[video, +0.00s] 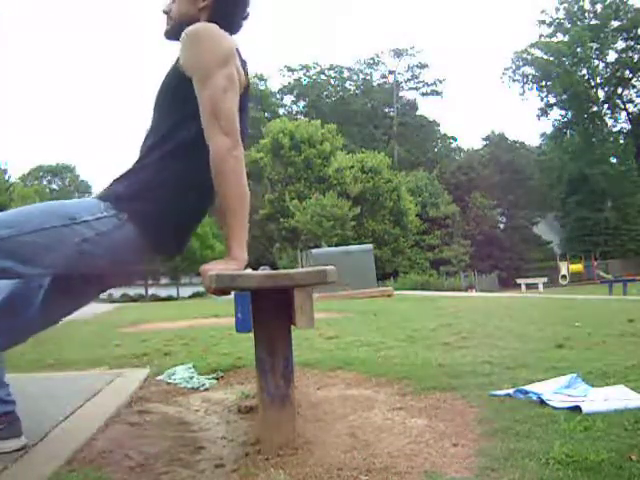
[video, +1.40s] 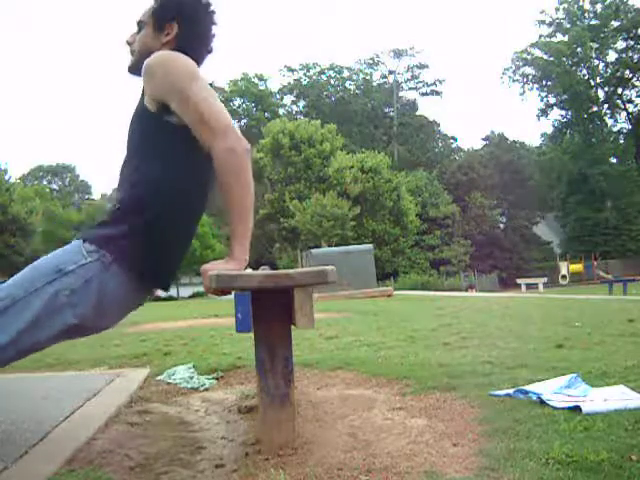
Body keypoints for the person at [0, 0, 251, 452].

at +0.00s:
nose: (168, 5)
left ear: (204, 4)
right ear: (211, 9)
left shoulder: (205, 36)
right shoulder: (224, 57)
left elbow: (226, 144)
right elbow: (221, 151)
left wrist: (237, 255)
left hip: (123, 219)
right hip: (144, 238)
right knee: (15, 315)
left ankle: (2, 415)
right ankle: (1, 418)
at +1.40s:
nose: (130, 38)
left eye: (141, 27)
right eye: (136, 27)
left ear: (168, 32)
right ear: (169, 35)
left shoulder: (166, 66)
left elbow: (231, 146)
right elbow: (238, 147)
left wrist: (238, 256)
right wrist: (239, 254)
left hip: (107, 263)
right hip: (123, 272)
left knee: (0, 331)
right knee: (3, 336)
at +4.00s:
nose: (73, 45)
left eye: (83, 33)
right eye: (78, 34)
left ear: (109, 40)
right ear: (110, 41)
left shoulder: (123, 76)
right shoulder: (135, 82)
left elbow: (201, 150)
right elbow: (209, 152)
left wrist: (234, 253)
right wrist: (233, 247)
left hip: (112, 265)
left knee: (4, 316)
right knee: (6, 321)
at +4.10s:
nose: (76, 18)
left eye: (86, 6)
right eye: (81, 7)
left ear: (112, 10)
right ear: (111, 12)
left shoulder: (129, 53)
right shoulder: (155, 63)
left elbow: (177, 158)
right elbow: (181, 160)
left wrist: (226, 253)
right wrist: (227, 254)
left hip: (101, 237)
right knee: (4, 315)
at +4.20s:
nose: (77, 16)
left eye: (86, 5)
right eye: (81, 6)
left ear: (112, 9)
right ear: (111, 11)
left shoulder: (126, 53)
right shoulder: (153, 64)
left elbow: (178, 153)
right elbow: (181, 156)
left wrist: (226, 252)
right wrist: (227, 252)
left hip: (99, 235)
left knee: (2, 308)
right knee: (4, 316)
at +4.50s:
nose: (62, 121)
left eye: (70, 108)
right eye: (65, 108)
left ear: (98, 110)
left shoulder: (114, 137)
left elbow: (220, 154)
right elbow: (219, 189)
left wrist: (238, 258)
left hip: (134, 324)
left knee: (3, 332)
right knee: (7, 323)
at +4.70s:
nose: (60, 155)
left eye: (67, 144)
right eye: (63, 144)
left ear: (94, 147)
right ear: (90, 148)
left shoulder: (112, 172)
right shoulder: (165, 193)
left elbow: (218, 156)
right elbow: (222, 189)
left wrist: (239, 257)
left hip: (140, 360)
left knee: (4, 344)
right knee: (7, 340)